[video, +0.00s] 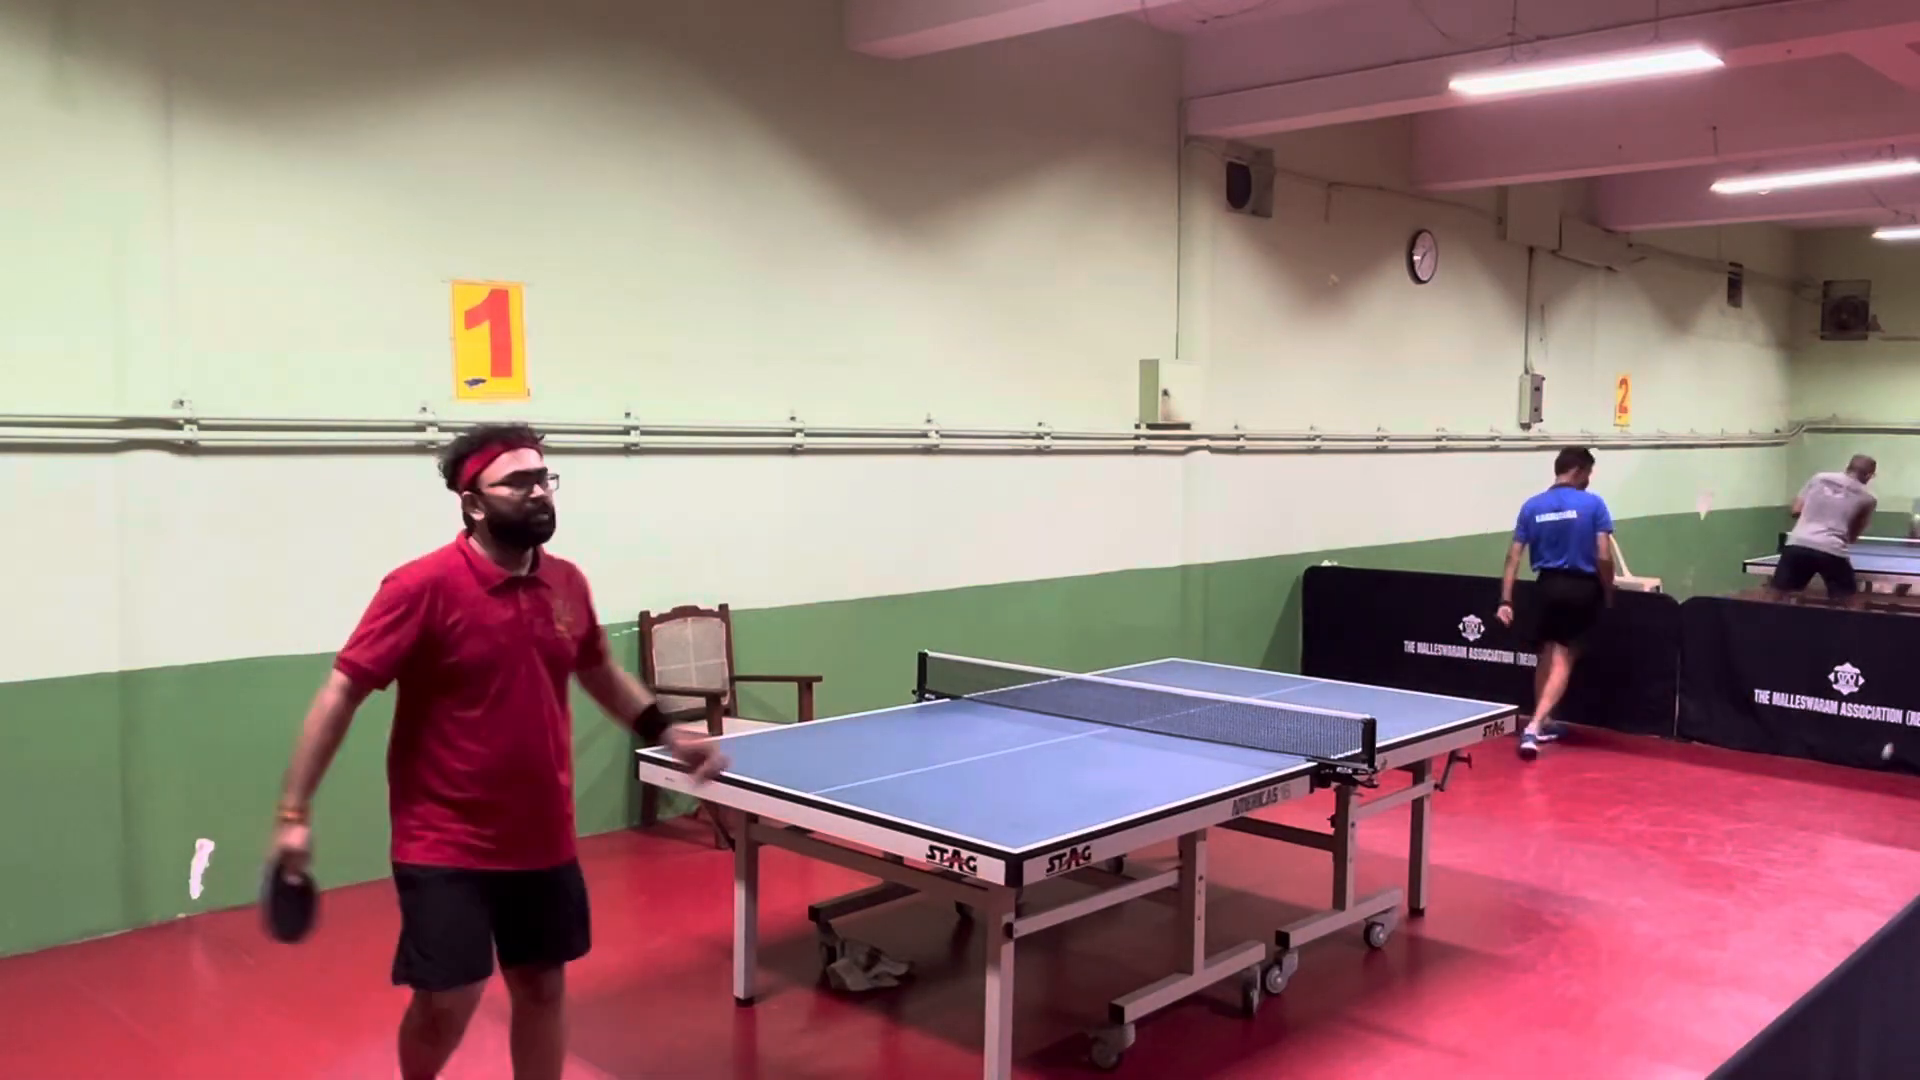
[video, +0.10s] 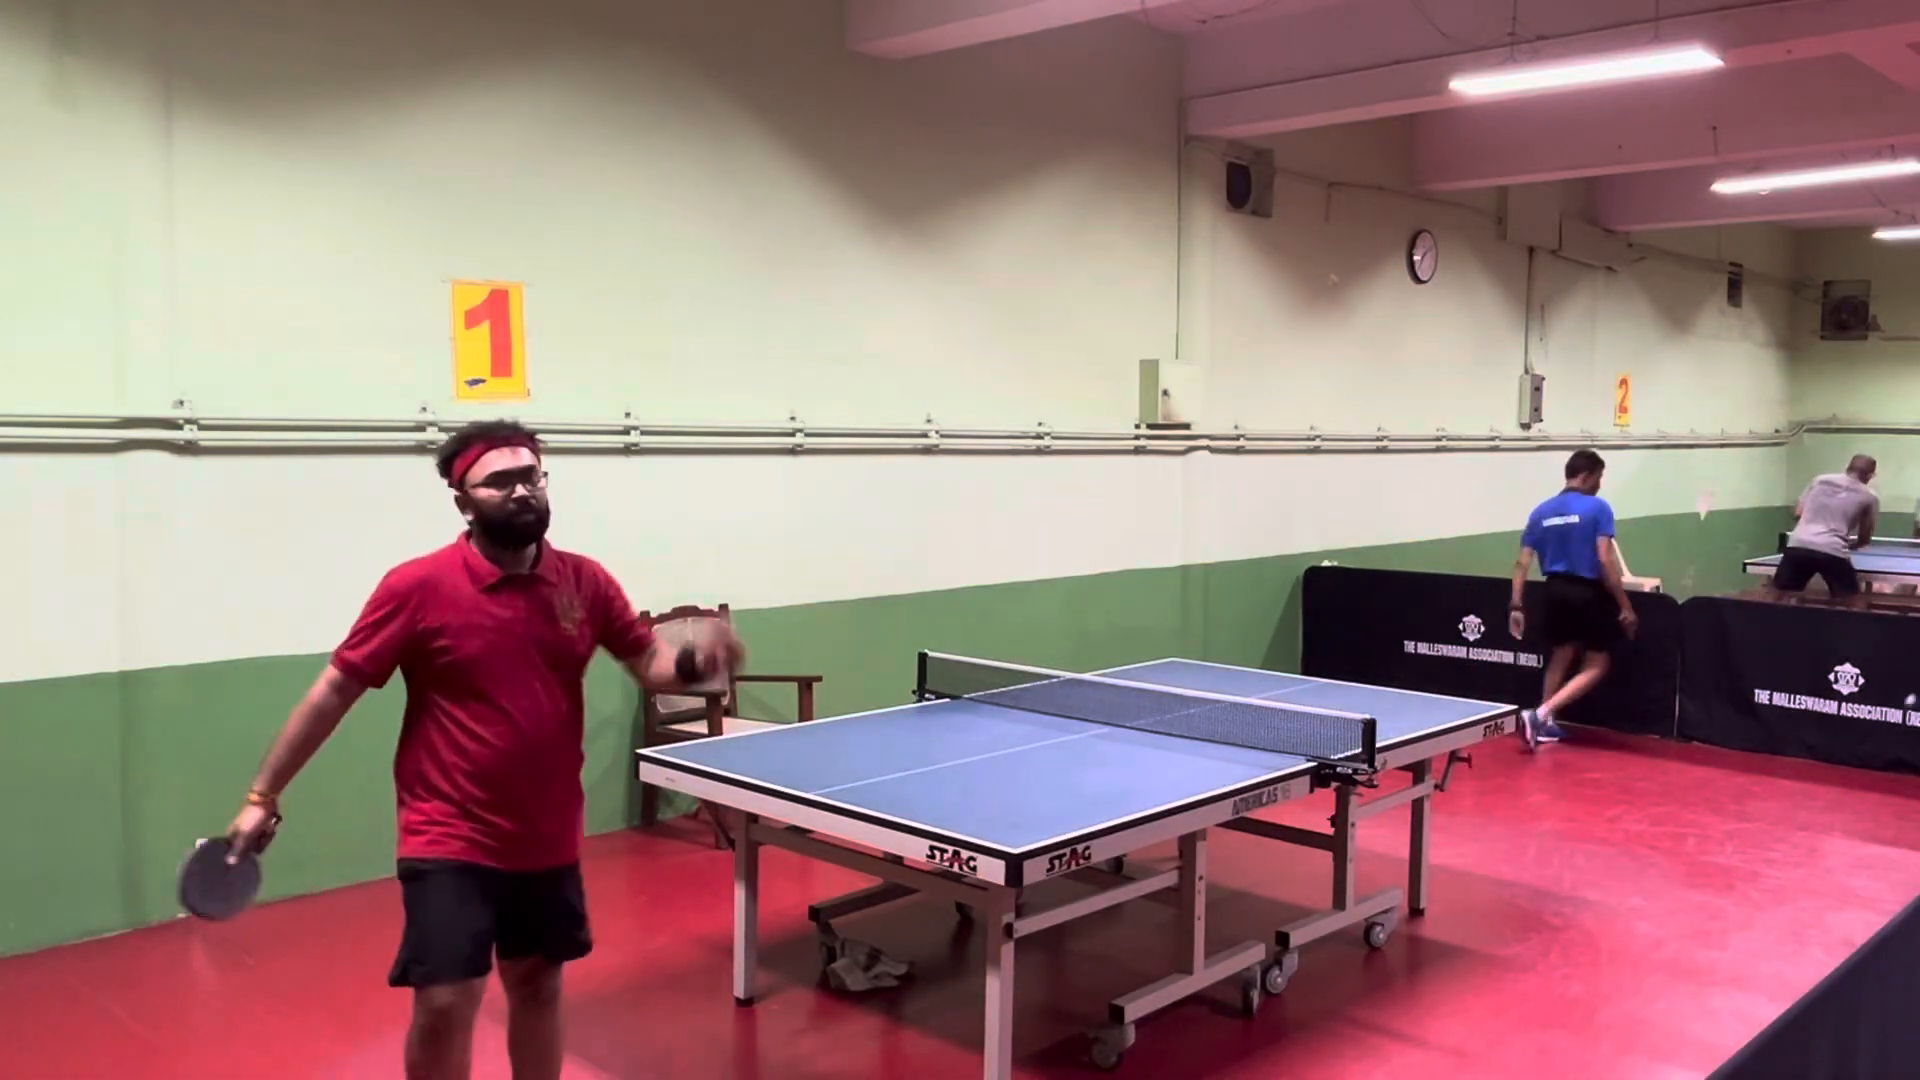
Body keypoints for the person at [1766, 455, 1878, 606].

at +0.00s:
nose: (1871, 477)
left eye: (1872, 474)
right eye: (1872, 474)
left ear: (1848, 467)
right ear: (1868, 475)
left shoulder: (1819, 478)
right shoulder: (1867, 499)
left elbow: (1796, 509)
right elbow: (1853, 535)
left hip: (1797, 549)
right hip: (1832, 555)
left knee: (1775, 599)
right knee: (1847, 608)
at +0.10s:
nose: (1872, 477)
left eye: (1872, 474)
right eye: (1872, 474)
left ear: (1848, 468)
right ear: (1869, 475)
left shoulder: (1820, 480)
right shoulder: (1868, 497)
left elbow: (1799, 511)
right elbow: (1864, 539)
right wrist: (1845, 544)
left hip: (1798, 548)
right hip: (1832, 554)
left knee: (1775, 598)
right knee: (1852, 606)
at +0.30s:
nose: (1859, 477)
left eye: (1860, 473)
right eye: (1860, 473)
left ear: (1837, 469)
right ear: (1856, 474)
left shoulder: (1810, 484)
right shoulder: (1858, 496)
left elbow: (1793, 517)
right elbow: (1864, 534)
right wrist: (1866, 549)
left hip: (1792, 553)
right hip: (1825, 558)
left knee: (1768, 599)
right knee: (1852, 606)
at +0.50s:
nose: (1842, 474)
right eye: (1841, 470)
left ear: (1819, 466)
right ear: (1839, 470)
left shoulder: (1795, 481)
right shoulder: (1840, 493)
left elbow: (1772, 516)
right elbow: (1847, 534)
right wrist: (1854, 548)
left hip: (1776, 552)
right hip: (1808, 557)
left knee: (1758, 601)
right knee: (1834, 605)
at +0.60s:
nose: (1837, 473)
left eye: (1837, 469)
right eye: (1837, 469)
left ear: (1815, 465)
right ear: (1835, 469)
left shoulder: (1791, 480)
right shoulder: (1836, 491)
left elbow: (1768, 514)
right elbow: (1845, 535)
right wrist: (1852, 549)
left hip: (1772, 550)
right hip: (1804, 554)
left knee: (1757, 600)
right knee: (1831, 603)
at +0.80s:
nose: (1842, 479)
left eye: (1843, 475)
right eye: (1843, 475)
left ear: (1819, 469)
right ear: (1839, 474)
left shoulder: (1794, 483)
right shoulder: (1836, 493)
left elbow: (1767, 516)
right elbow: (1845, 539)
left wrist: (1783, 526)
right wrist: (1872, 555)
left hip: (1777, 553)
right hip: (1809, 556)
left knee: (1758, 602)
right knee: (1839, 603)